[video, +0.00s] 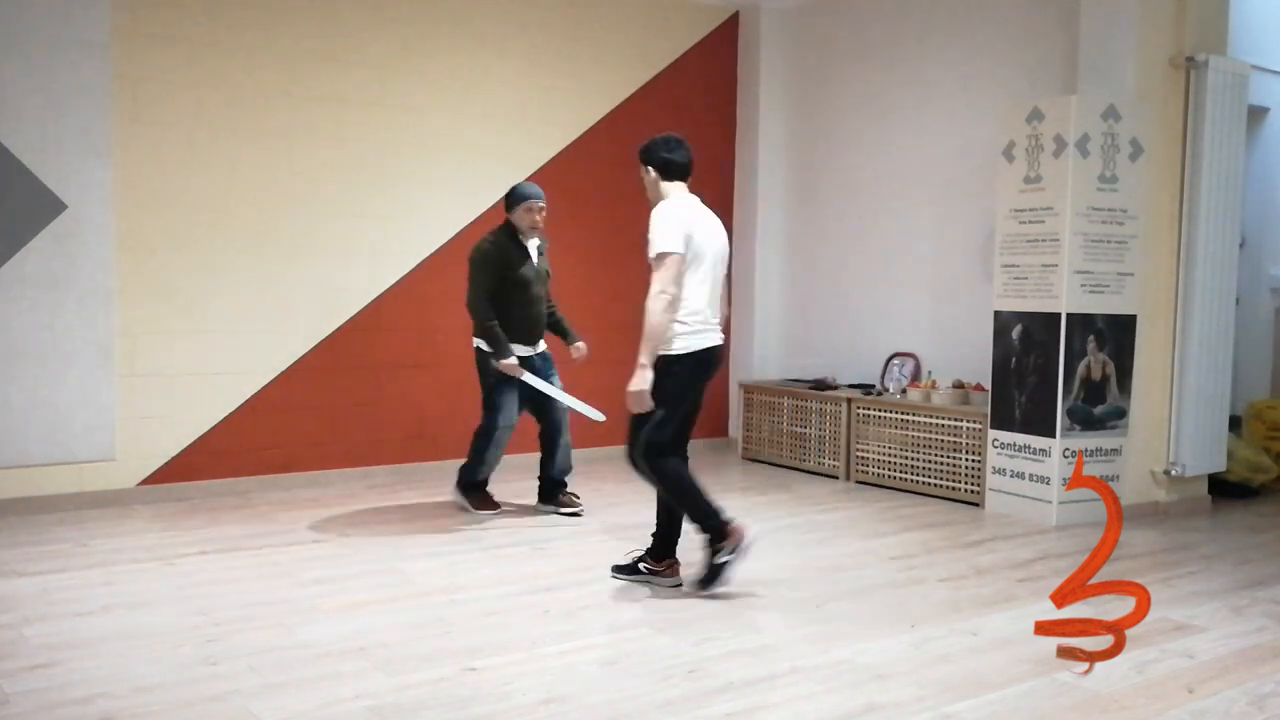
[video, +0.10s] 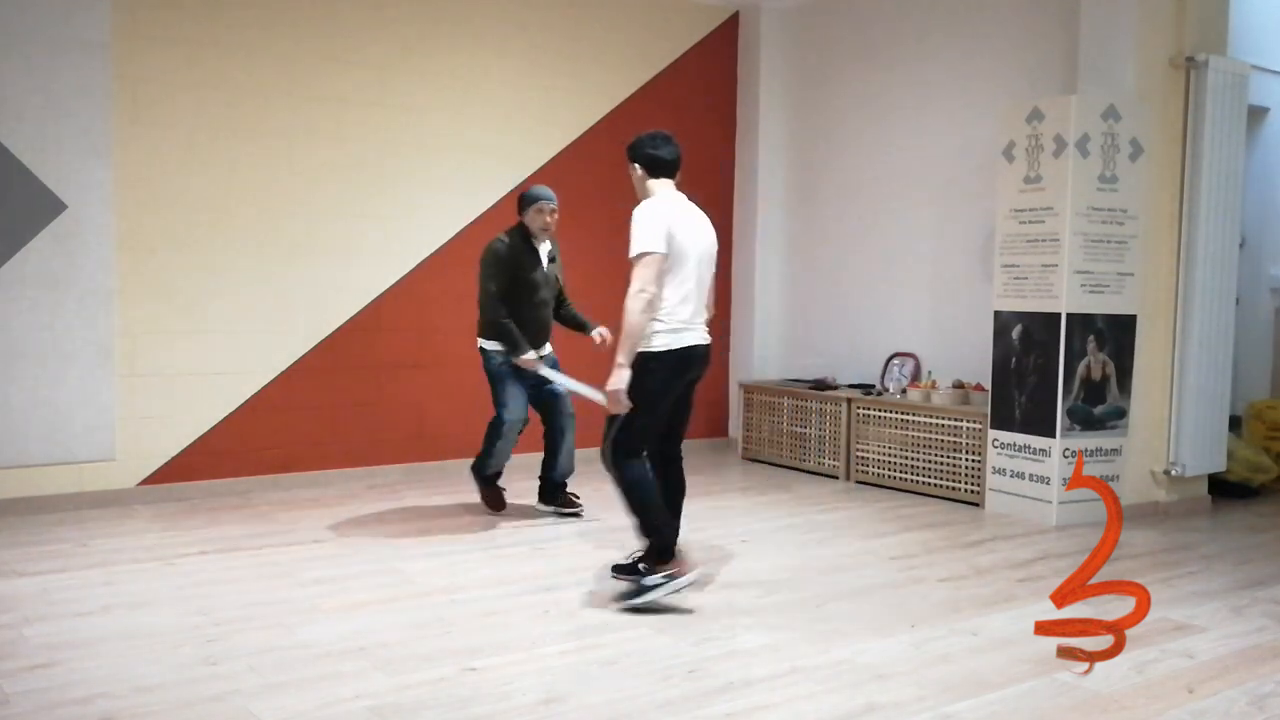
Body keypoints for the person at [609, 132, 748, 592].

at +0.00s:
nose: (642, 181)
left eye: (642, 173)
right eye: (641, 173)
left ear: (652, 172)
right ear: (685, 173)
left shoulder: (669, 214)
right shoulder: (709, 218)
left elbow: (664, 293)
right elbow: (718, 302)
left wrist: (644, 365)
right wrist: (708, 349)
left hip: (679, 351)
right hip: (704, 349)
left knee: (646, 450)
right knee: (670, 451)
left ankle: (722, 532)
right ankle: (663, 556)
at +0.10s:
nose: (630, 177)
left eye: (629, 170)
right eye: (630, 170)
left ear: (639, 170)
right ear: (675, 170)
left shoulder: (652, 213)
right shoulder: (699, 218)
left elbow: (643, 295)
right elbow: (706, 306)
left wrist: (620, 367)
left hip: (661, 352)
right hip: (694, 349)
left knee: (620, 450)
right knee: (666, 450)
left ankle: (662, 553)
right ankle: (662, 552)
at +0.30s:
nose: (600, 174)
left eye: (600, 168)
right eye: (606, 166)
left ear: (608, 171)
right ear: (650, 172)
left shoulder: (603, 219)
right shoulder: (681, 225)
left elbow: (595, 303)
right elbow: (689, 309)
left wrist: (572, 381)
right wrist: (662, 346)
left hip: (621, 359)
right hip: (668, 358)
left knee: (589, 469)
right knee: (650, 455)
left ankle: (575, 587)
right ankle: (658, 555)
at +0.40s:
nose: (586, 176)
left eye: (586, 169)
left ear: (588, 171)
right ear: (634, 171)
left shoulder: (575, 222)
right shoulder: (669, 223)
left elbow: (565, 308)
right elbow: (684, 310)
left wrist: (549, 381)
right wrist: (666, 358)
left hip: (604, 360)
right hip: (662, 359)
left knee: (577, 474)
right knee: (655, 460)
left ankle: (575, 591)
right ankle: (648, 556)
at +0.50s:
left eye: (577, 172)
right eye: (622, 167)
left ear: (576, 173)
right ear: (624, 171)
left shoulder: (562, 225)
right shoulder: (663, 221)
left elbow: (543, 313)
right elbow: (681, 309)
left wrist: (528, 386)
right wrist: (670, 364)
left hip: (594, 362)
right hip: (659, 360)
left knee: (568, 472)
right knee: (649, 460)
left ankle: (575, 590)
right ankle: (647, 576)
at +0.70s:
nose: (585, 173)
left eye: (581, 165)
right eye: (624, 160)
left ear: (580, 167)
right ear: (633, 165)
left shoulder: (563, 232)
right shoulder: (674, 225)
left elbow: (541, 326)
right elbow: (686, 319)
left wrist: (524, 398)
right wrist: (691, 388)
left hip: (584, 382)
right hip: (656, 381)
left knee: (564, 481)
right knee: (658, 492)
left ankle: (575, 589)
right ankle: (649, 588)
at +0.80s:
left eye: (595, 194)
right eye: (638, 191)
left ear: (591, 199)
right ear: (645, 196)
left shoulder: (568, 265)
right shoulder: (681, 261)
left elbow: (546, 355)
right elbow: (703, 352)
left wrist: (529, 426)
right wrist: (701, 410)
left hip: (585, 415)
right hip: (656, 417)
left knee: (578, 486)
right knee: (652, 535)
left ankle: (587, 590)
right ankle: (631, 648)